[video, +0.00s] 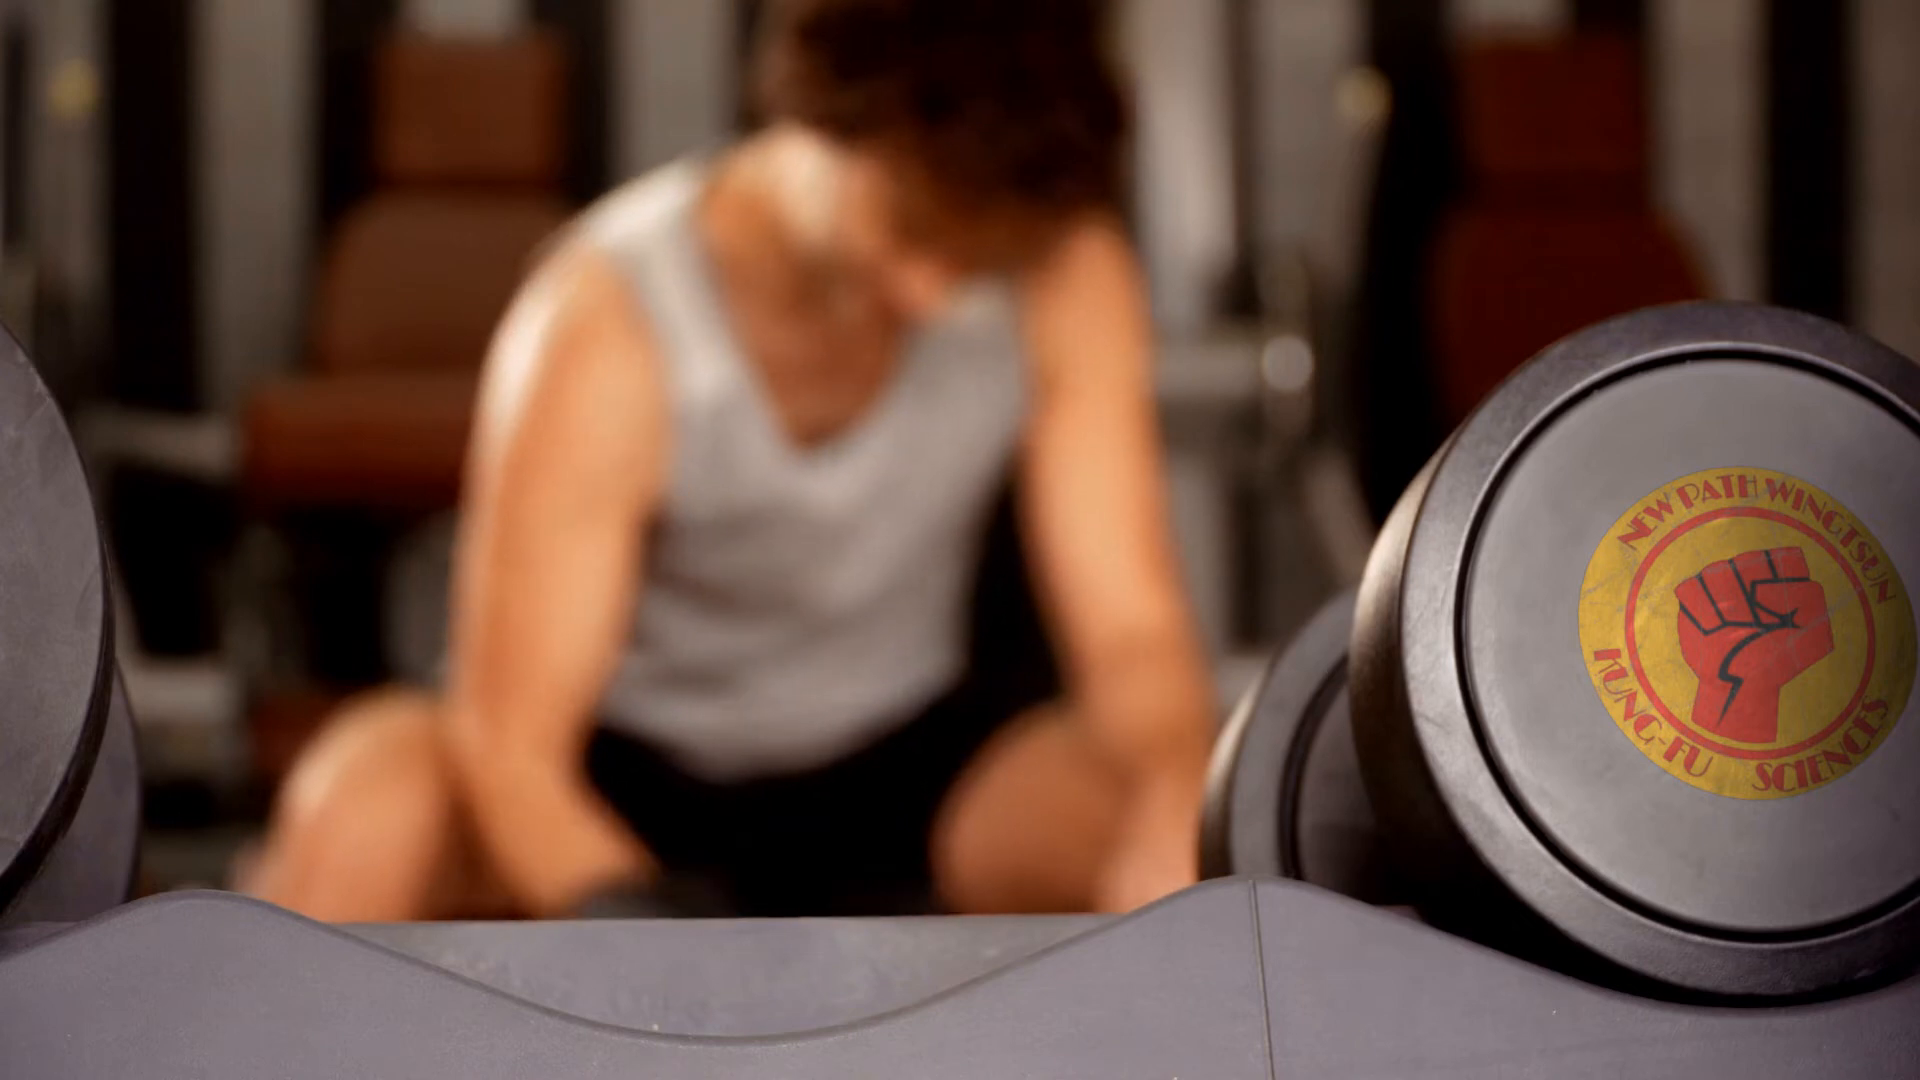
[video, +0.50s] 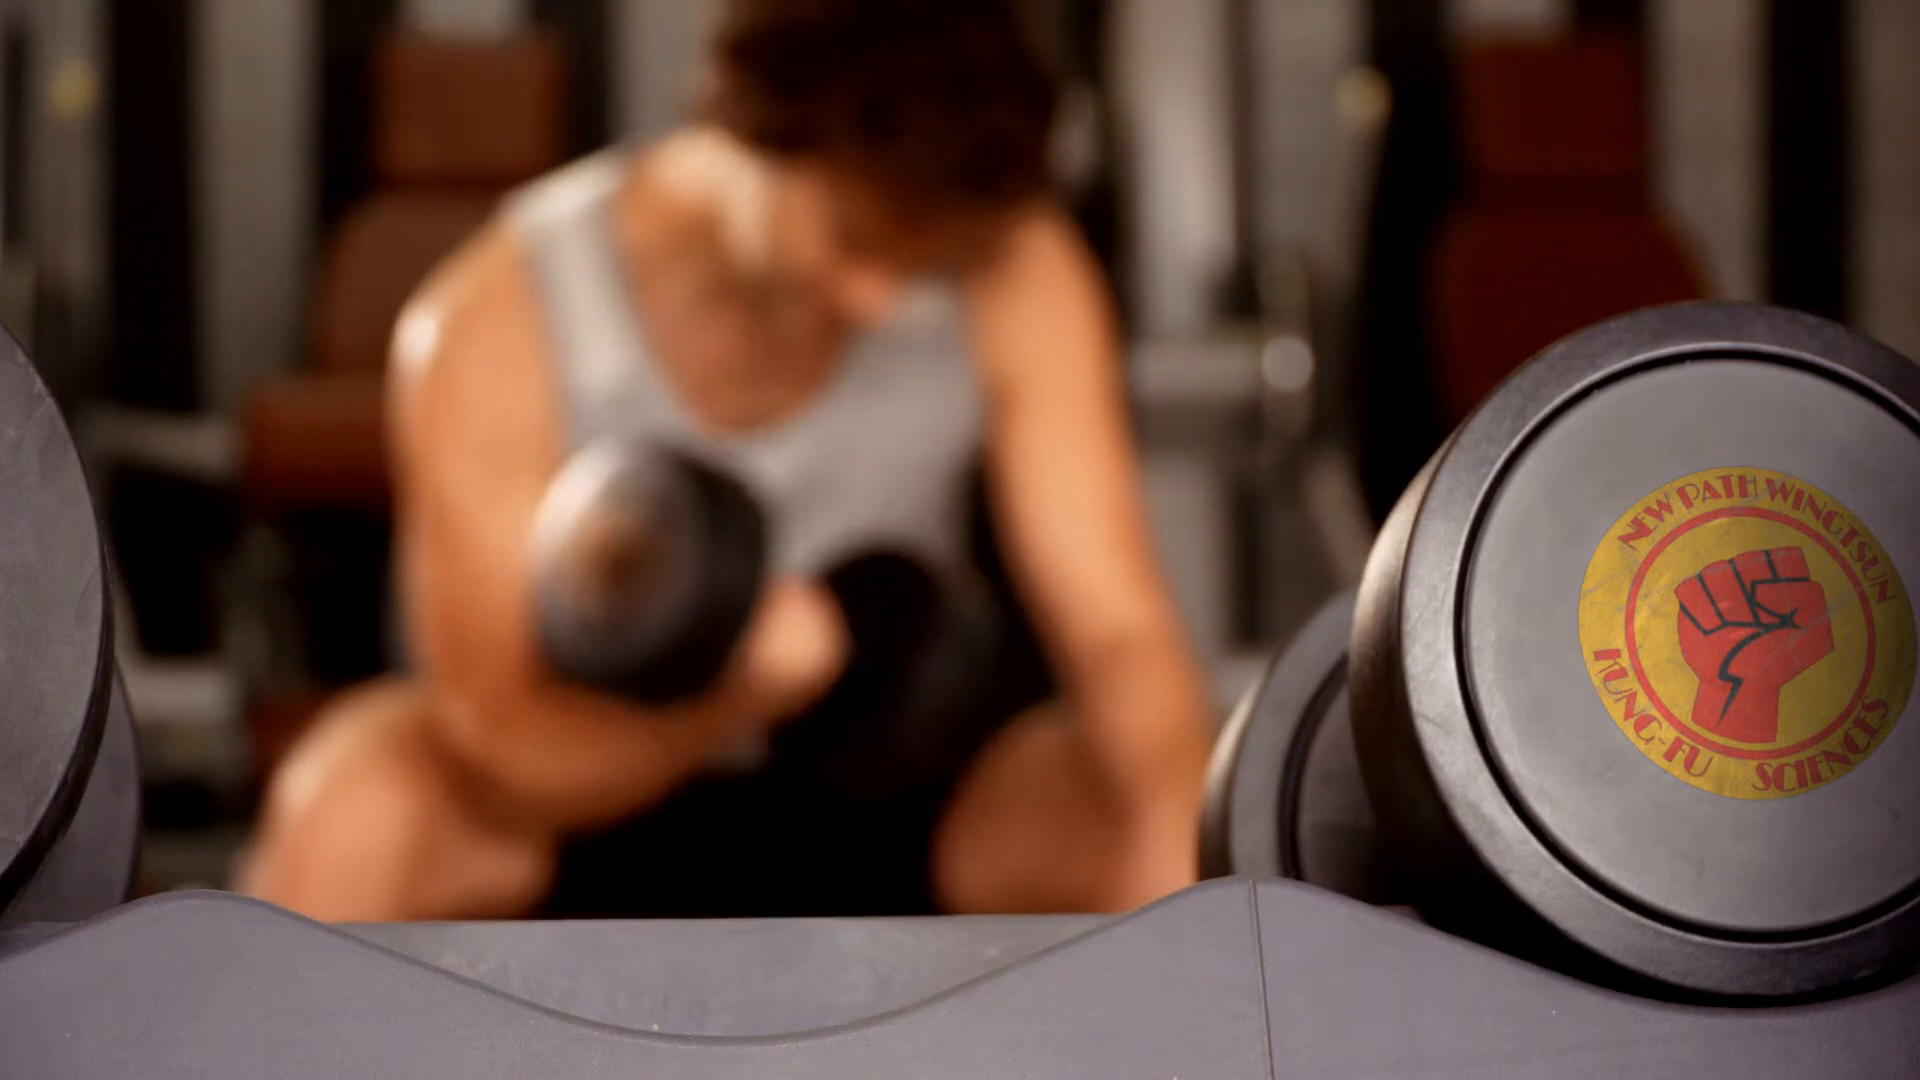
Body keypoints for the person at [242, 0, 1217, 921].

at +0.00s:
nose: (932, 299)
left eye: (982, 262)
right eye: (906, 242)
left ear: (1041, 219)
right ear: (825, 137)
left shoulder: (1058, 263)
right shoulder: (604, 313)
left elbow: (1132, 641)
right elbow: (510, 749)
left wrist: (1169, 837)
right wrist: (672, 954)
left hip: (904, 773)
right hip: (628, 786)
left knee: (1189, 811)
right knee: (365, 788)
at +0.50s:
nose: (880, 303)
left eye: (922, 264)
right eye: (856, 247)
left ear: (978, 210)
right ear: (764, 147)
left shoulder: (1009, 260)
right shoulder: (492, 318)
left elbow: (1119, 634)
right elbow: (510, 748)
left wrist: (1182, 873)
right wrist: (733, 696)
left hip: (898, 782)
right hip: (599, 790)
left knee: (1170, 810)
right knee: (351, 800)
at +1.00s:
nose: (885, 277)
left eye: (930, 239)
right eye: (858, 223)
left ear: (985, 185)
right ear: (769, 128)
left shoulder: (1018, 257)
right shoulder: (517, 316)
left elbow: (1125, 635)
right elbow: (511, 748)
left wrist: (1181, 840)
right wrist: (750, 717)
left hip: (887, 783)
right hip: (596, 797)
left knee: (1182, 801)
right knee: (357, 798)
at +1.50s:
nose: (922, 297)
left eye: (976, 253)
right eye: (896, 234)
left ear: (1032, 206)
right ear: (804, 134)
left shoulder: (1055, 266)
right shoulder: (595, 334)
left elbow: (1136, 641)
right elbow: (523, 809)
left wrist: (1214, 832)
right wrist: (607, 1060)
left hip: (903, 782)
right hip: (628, 797)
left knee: (1195, 816)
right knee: (365, 798)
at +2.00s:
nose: (918, 311)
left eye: (967, 265)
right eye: (888, 248)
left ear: (1021, 221)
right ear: (793, 153)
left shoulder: (1044, 267)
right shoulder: (590, 366)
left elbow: (1135, 647)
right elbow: (521, 832)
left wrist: (1202, 857)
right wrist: (532, 1078)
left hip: (902, 785)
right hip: (623, 801)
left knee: (1194, 811)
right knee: (356, 797)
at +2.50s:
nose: (920, 264)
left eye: (970, 218)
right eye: (888, 201)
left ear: (1015, 172)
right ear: (792, 114)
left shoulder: (1044, 252)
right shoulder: (595, 328)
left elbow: (1130, 643)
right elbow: (504, 780)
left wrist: (1178, 874)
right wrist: (663, 1034)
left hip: (900, 784)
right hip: (628, 797)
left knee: (1184, 809)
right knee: (354, 790)